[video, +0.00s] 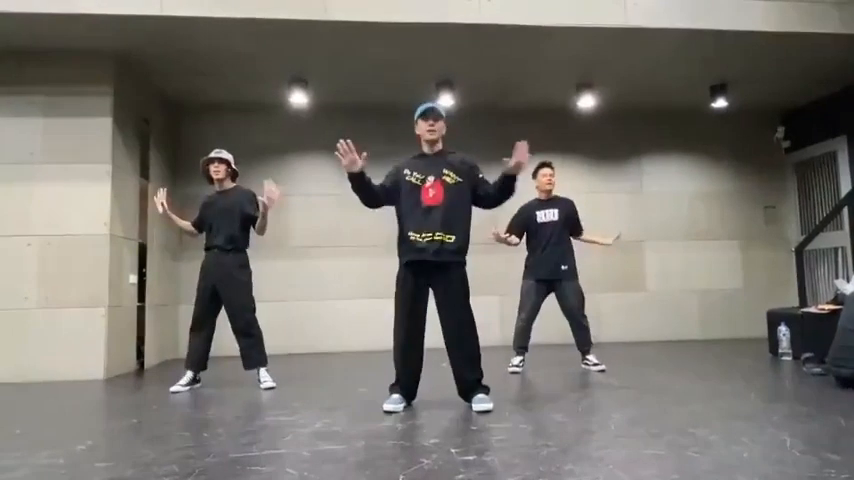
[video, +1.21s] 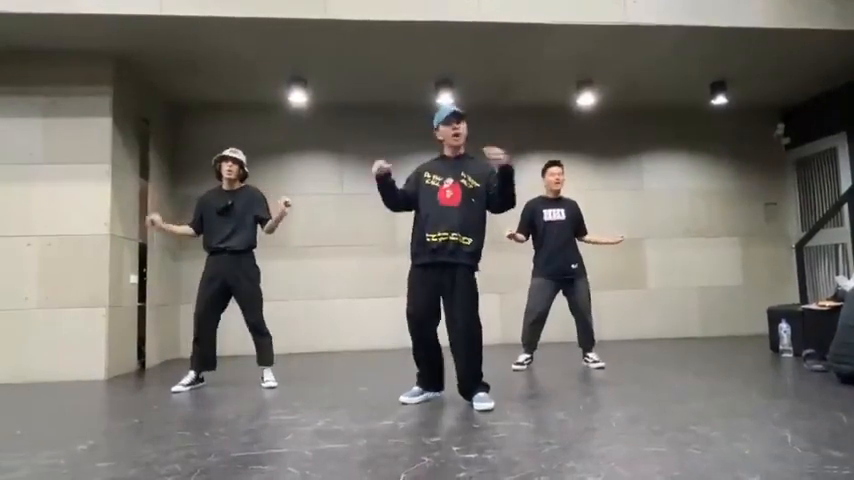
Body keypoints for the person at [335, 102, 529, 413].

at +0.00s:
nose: (431, 124)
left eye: (436, 119)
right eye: (425, 120)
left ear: (444, 126)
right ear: (416, 127)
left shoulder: (463, 166)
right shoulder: (403, 169)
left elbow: (490, 198)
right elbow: (373, 198)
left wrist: (510, 173)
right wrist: (356, 173)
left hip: (450, 263)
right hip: (412, 264)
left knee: (460, 327)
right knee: (406, 329)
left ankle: (475, 391)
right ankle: (401, 392)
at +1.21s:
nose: (456, 130)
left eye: (459, 124)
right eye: (449, 125)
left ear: (466, 129)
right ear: (437, 133)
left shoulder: (482, 169)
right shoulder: (425, 171)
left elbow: (501, 204)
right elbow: (399, 202)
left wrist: (505, 170)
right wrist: (384, 180)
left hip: (461, 261)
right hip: (425, 261)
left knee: (465, 326)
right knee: (419, 321)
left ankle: (475, 389)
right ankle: (430, 385)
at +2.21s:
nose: (423, 126)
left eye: (428, 120)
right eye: (418, 121)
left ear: (440, 124)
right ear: (413, 128)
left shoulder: (447, 156)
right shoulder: (426, 162)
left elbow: (478, 198)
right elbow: (441, 202)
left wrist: (451, 231)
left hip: (436, 252)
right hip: (420, 251)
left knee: (433, 318)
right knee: (425, 319)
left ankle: (451, 386)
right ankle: (438, 383)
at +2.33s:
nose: (424, 126)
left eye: (429, 120)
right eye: (419, 121)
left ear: (441, 124)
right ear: (414, 128)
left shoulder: (449, 156)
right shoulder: (427, 161)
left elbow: (479, 198)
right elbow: (443, 201)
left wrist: (449, 230)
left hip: (437, 251)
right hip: (421, 250)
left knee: (433, 317)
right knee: (424, 318)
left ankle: (452, 385)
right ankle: (440, 383)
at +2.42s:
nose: (425, 125)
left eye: (430, 120)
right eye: (420, 121)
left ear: (443, 123)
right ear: (415, 127)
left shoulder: (450, 156)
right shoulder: (427, 162)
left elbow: (479, 199)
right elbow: (443, 202)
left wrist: (450, 230)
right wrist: (459, 237)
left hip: (439, 252)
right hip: (422, 251)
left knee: (433, 317)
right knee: (424, 317)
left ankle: (453, 385)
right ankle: (440, 382)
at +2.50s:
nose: (425, 123)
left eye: (431, 118)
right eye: (420, 119)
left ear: (444, 123)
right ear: (416, 126)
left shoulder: (451, 157)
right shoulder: (427, 163)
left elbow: (477, 202)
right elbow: (437, 205)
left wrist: (456, 233)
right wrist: (452, 237)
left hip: (440, 253)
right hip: (422, 252)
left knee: (433, 317)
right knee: (412, 310)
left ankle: (454, 384)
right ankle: (439, 380)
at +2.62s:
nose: (425, 120)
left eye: (431, 115)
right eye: (421, 116)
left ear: (444, 120)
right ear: (417, 123)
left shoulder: (452, 156)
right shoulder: (426, 163)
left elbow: (467, 203)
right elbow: (430, 206)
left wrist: (443, 236)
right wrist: (419, 237)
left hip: (438, 250)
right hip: (418, 247)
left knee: (439, 319)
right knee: (390, 289)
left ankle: (455, 384)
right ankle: (425, 343)